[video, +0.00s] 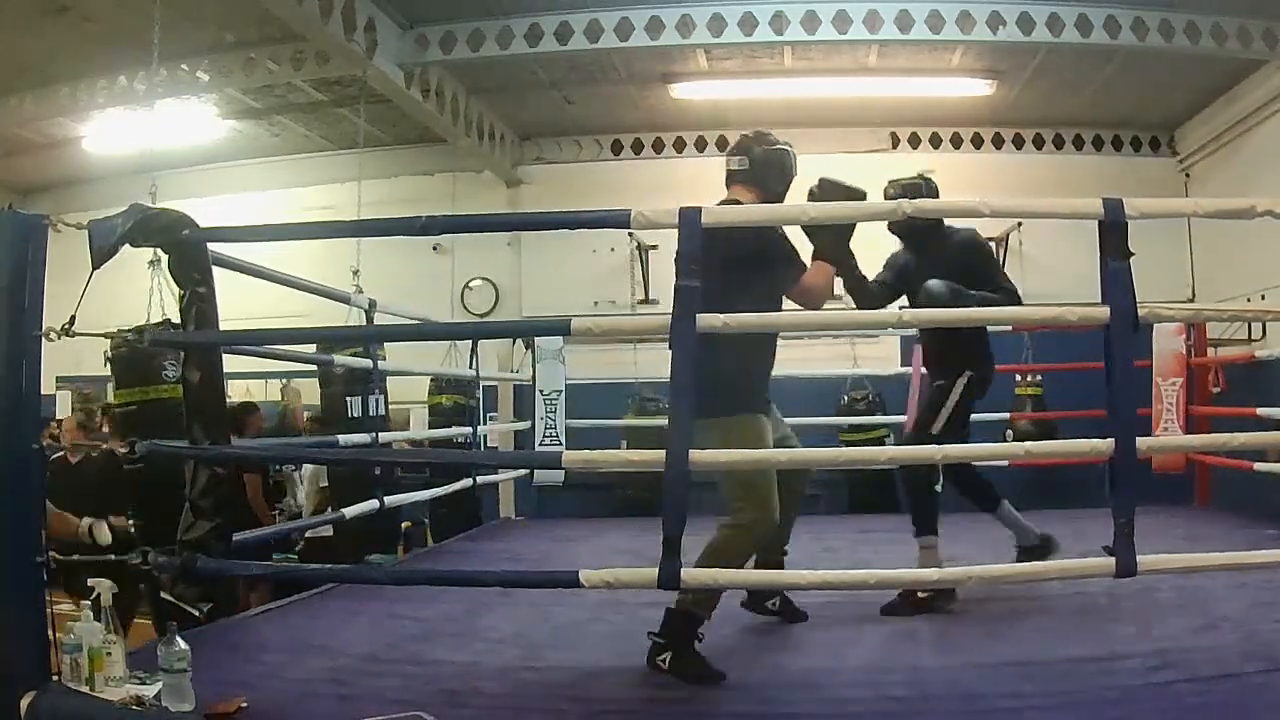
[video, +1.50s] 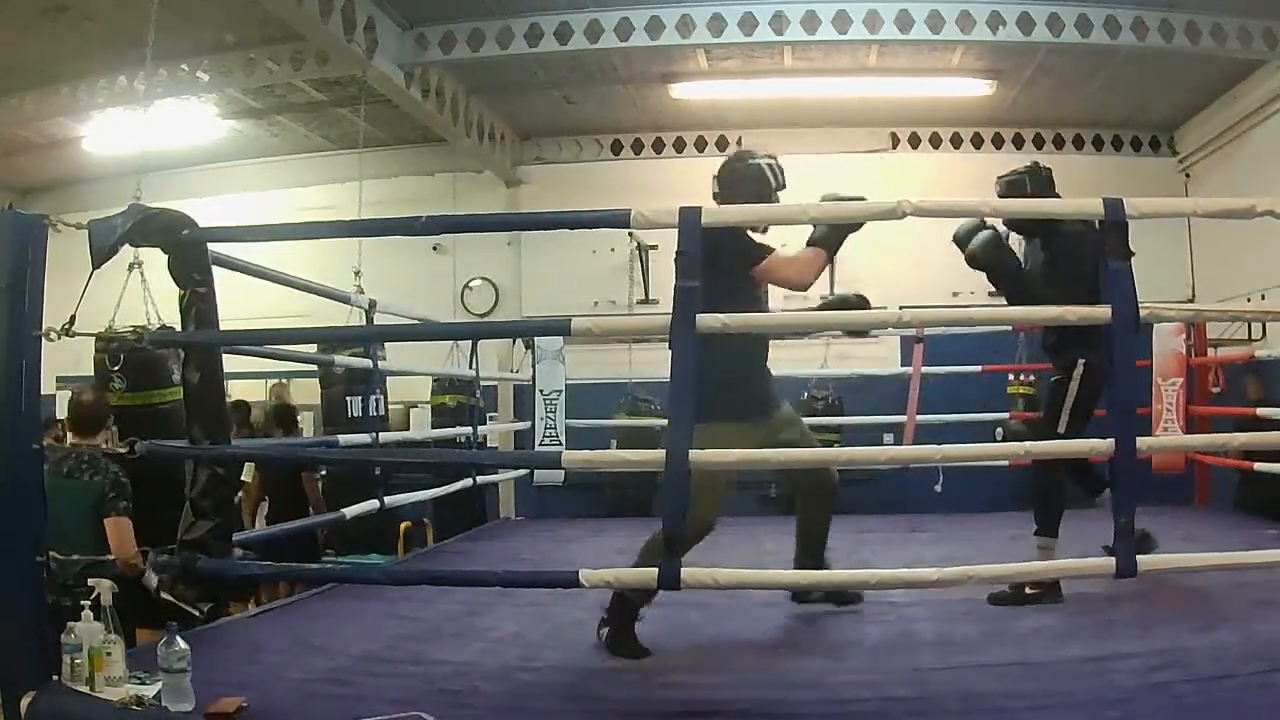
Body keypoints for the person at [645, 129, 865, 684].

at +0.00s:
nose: (789, 189)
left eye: (788, 179)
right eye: (787, 178)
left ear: (735, 172)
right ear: (775, 177)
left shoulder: (712, 223)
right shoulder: (756, 228)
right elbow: (813, 294)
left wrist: (825, 246)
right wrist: (831, 238)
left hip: (734, 396)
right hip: (731, 401)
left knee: (794, 468)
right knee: (754, 516)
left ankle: (762, 586)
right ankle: (675, 636)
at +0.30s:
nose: (850, 296)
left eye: (855, 288)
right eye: (850, 286)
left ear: (821, 262)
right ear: (834, 273)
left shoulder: (814, 304)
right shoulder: (787, 295)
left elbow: (862, 353)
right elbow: (859, 352)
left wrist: (897, 320)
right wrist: (898, 312)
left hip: (772, 426)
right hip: (725, 424)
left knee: (844, 495)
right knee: (759, 507)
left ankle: (834, 582)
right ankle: (685, 636)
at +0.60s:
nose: (844, 272)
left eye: (848, 262)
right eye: (843, 262)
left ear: (812, 243)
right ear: (824, 253)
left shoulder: (799, 281)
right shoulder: (775, 288)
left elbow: (826, 319)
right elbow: (813, 375)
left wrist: (867, 306)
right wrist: (870, 328)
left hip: (773, 414)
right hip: (727, 415)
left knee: (821, 494)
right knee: (749, 509)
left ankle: (835, 579)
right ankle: (682, 639)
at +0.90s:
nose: (804, 186)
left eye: (801, 176)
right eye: (801, 176)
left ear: (749, 168)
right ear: (790, 174)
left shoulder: (730, 217)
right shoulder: (759, 223)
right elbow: (831, 279)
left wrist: (840, 225)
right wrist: (849, 210)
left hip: (741, 400)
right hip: (730, 403)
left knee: (787, 491)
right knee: (730, 526)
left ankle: (762, 608)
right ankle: (670, 667)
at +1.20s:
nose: (788, 196)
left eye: (787, 186)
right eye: (786, 185)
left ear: (736, 177)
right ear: (773, 182)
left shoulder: (725, 227)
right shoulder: (742, 227)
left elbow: (775, 298)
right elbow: (789, 302)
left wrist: (808, 266)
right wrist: (821, 267)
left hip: (746, 403)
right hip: (720, 405)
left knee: (785, 500)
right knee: (713, 528)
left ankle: (785, 601)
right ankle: (670, 663)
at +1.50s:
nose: (770, 208)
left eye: (771, 199)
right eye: (765, 198)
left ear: (729, 192)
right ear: (745, 195)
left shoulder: (736, 241)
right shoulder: (717, 238)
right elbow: (799, 275)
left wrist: (825, 239)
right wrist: (831, 232)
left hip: (760, 401)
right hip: (715, 407)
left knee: (818, 476)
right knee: (697, 517)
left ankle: (809, 574)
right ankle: (620, 614)